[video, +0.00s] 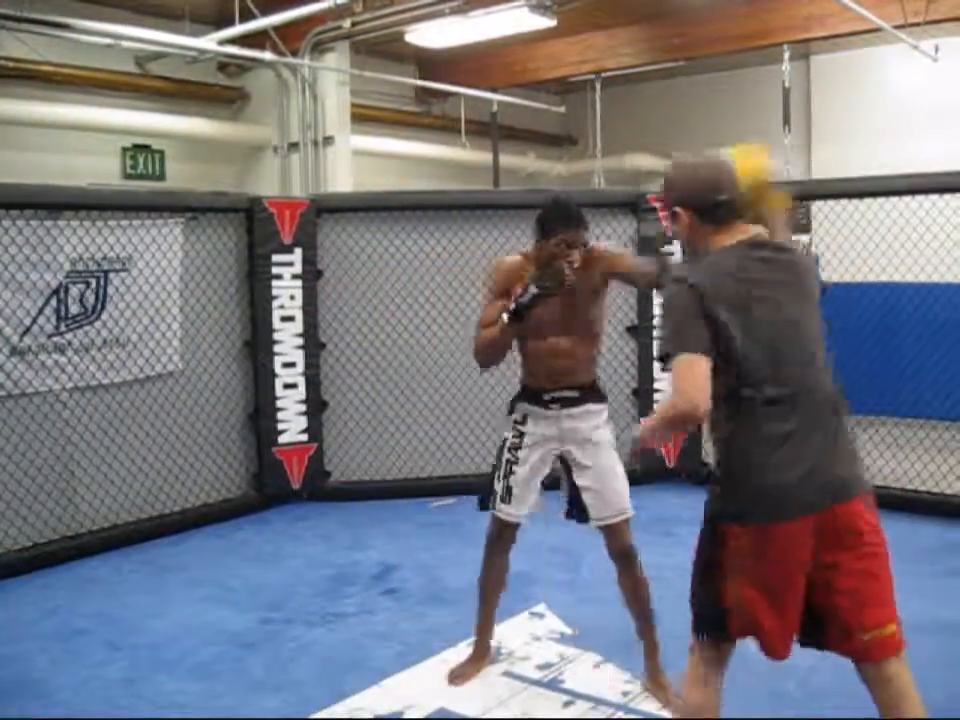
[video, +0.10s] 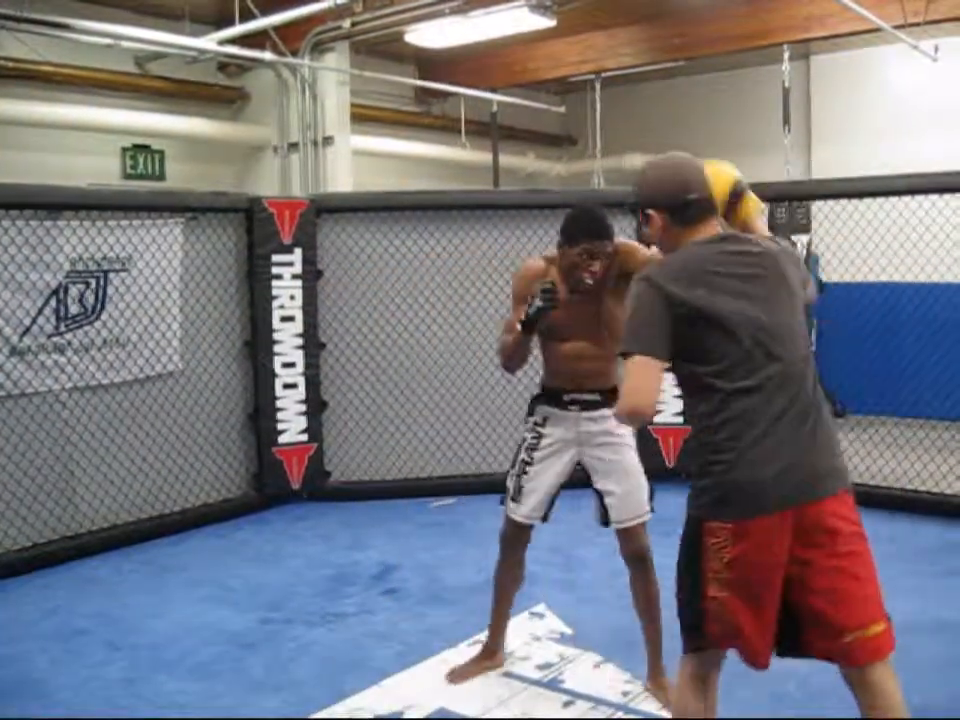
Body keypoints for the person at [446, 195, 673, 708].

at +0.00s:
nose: (572, 257)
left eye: (579, 247)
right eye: (563, 248)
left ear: (588, 240)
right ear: (540, 243)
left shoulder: (600, 262)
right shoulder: (512, 271)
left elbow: (664, 275)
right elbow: (485, 355)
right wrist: (522, 305)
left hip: (589, 415)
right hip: (531, 416)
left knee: (623, 547)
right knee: (500, 534)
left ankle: (653, 668)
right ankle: (482, 645)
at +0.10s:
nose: (591, 266)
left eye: (598, 255)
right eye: (581, 256)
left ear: (609, 247)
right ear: (561, 248)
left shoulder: (627, 259)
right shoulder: (534, 273)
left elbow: (678, 279)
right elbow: (510, 361)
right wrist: (530, 317)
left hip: (611, 414)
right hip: (552, 414)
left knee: (638, 549)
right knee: (513, 534)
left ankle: (657, 675)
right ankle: (493, 648)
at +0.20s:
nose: (596, 269)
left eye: (605, 258)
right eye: (587, 259)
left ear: (617, 245)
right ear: (566, 247)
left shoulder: (634, 270)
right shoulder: (543, 273)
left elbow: (653, 340)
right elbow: (535, 358)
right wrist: (551, 328)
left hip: (623, 411)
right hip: (566, 409)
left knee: (642, 549)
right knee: (530, 530)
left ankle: (657, 672)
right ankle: (524, 642)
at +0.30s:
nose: (590, 270)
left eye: (600, 259)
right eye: (581, 260)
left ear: (617, 246)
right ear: (565, 246)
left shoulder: (635, 271)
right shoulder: (547, 266)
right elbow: (528, 338)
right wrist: (552, 327)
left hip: (634, 411)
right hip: (572, 411)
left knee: (643, 544)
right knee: (551, 532)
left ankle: (658, 663)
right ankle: (565, 637)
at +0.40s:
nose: (601, 266)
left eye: (611, 256)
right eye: (592, 256)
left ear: (626, 244)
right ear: (574, 241)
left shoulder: (640, 271)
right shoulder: (550, 265)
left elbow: (662, 330)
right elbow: (515, 334)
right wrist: (548, 327)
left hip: (634, 411)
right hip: (572, 412)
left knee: (642, 537)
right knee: (577, 533)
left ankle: (653, 637)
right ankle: (582, 639)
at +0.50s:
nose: (604, 272)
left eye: (615, 262)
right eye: (596, 261)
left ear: (629, 252)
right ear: (576, 245)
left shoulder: (640, 277)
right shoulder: (548, 270)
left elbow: (662, 338)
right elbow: (507, 349)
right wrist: (547, 333)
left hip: (629, 414)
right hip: (569, 413)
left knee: (642, 529)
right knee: (576, 531)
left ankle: (656, 635)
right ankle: (581, 639)